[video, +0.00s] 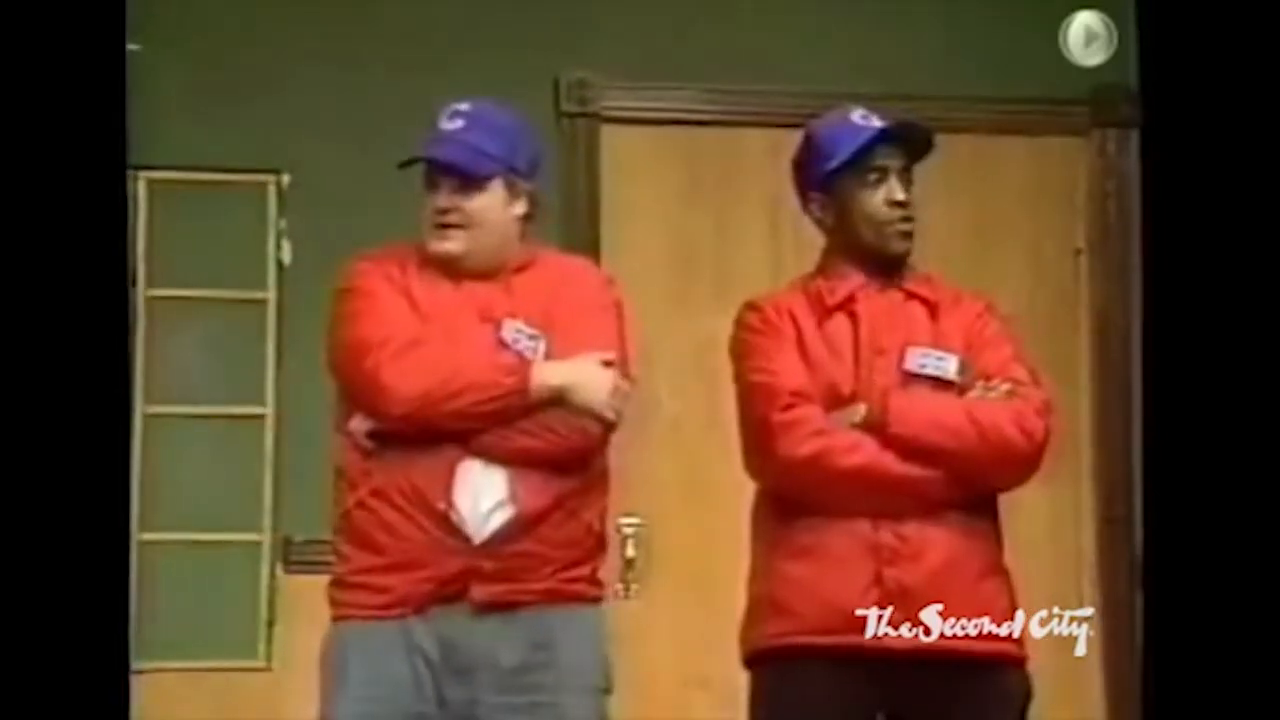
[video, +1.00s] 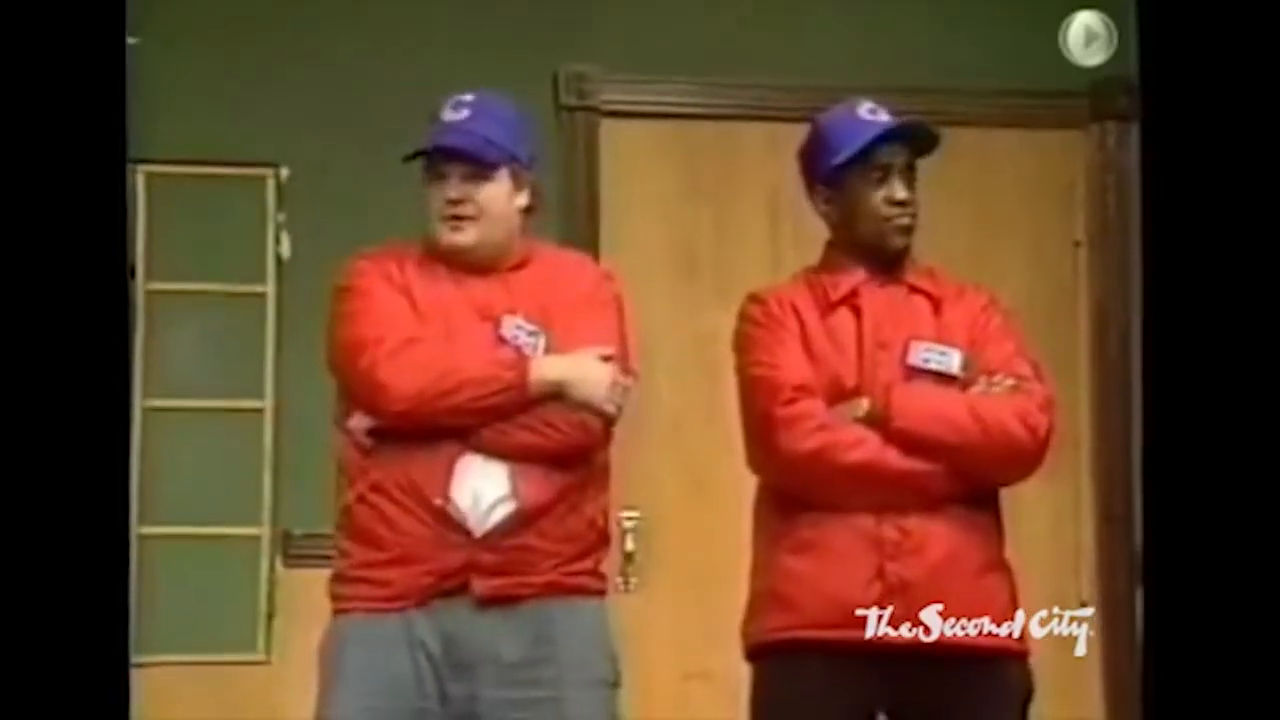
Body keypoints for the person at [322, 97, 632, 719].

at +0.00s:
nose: (442, 203)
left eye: (467, 186)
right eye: (434, 184)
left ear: (521, 201)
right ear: (422, 193)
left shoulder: (578, 286)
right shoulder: (377, 278)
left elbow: (578, 429)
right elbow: (394, 389)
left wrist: (410, 422)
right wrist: (550, 378)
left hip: (542, 615)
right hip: (386, 618)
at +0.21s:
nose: (442, 203)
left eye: (466, 185)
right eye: (432, 184)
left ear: (520, 201)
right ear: (419, 193)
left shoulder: (577, 286)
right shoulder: (376, 278)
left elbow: (575, 431)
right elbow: (391, 389)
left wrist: (405, 423)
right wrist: (547, 378)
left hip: (540, 615)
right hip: (384, 618)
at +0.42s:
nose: (446, 199)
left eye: (469, 182)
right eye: (435, 181)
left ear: (520, 199)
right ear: (420, 194)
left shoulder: (578, 286)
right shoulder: (376, 278)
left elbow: (574, 428)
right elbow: (390, 387)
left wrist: (405, 418)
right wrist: (547, 375)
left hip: (542, 612)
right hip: (385, 615)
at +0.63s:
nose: (447, 197)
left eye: (471, 180)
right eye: (435, 180)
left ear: (520, 197)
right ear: (420, 193)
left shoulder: (578, 286)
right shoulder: (376, 278)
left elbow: (575, 426)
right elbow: (390, 386)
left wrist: (404, 418)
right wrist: (546, 373)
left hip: (543, 611)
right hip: (386, 613)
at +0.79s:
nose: (449, 194)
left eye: (473, 178)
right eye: (437, 178)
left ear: (522, 193)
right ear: (421, 191)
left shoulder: (578, 284)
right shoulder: (376, 278)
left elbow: (576, 425)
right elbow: (390, 386)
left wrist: (404, 418)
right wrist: (546, 373)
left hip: (545, 611)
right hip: (387, 613)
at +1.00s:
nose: (452, 194)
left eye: (475, 177)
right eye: (440, 177)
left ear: (523, 193)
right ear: (424, 190)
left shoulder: (580, 283)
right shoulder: (377, 276)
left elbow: (576, 426)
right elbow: (391, 386)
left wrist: (404, 419)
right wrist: (549, 372)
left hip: (547, 609)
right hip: (388, 612)